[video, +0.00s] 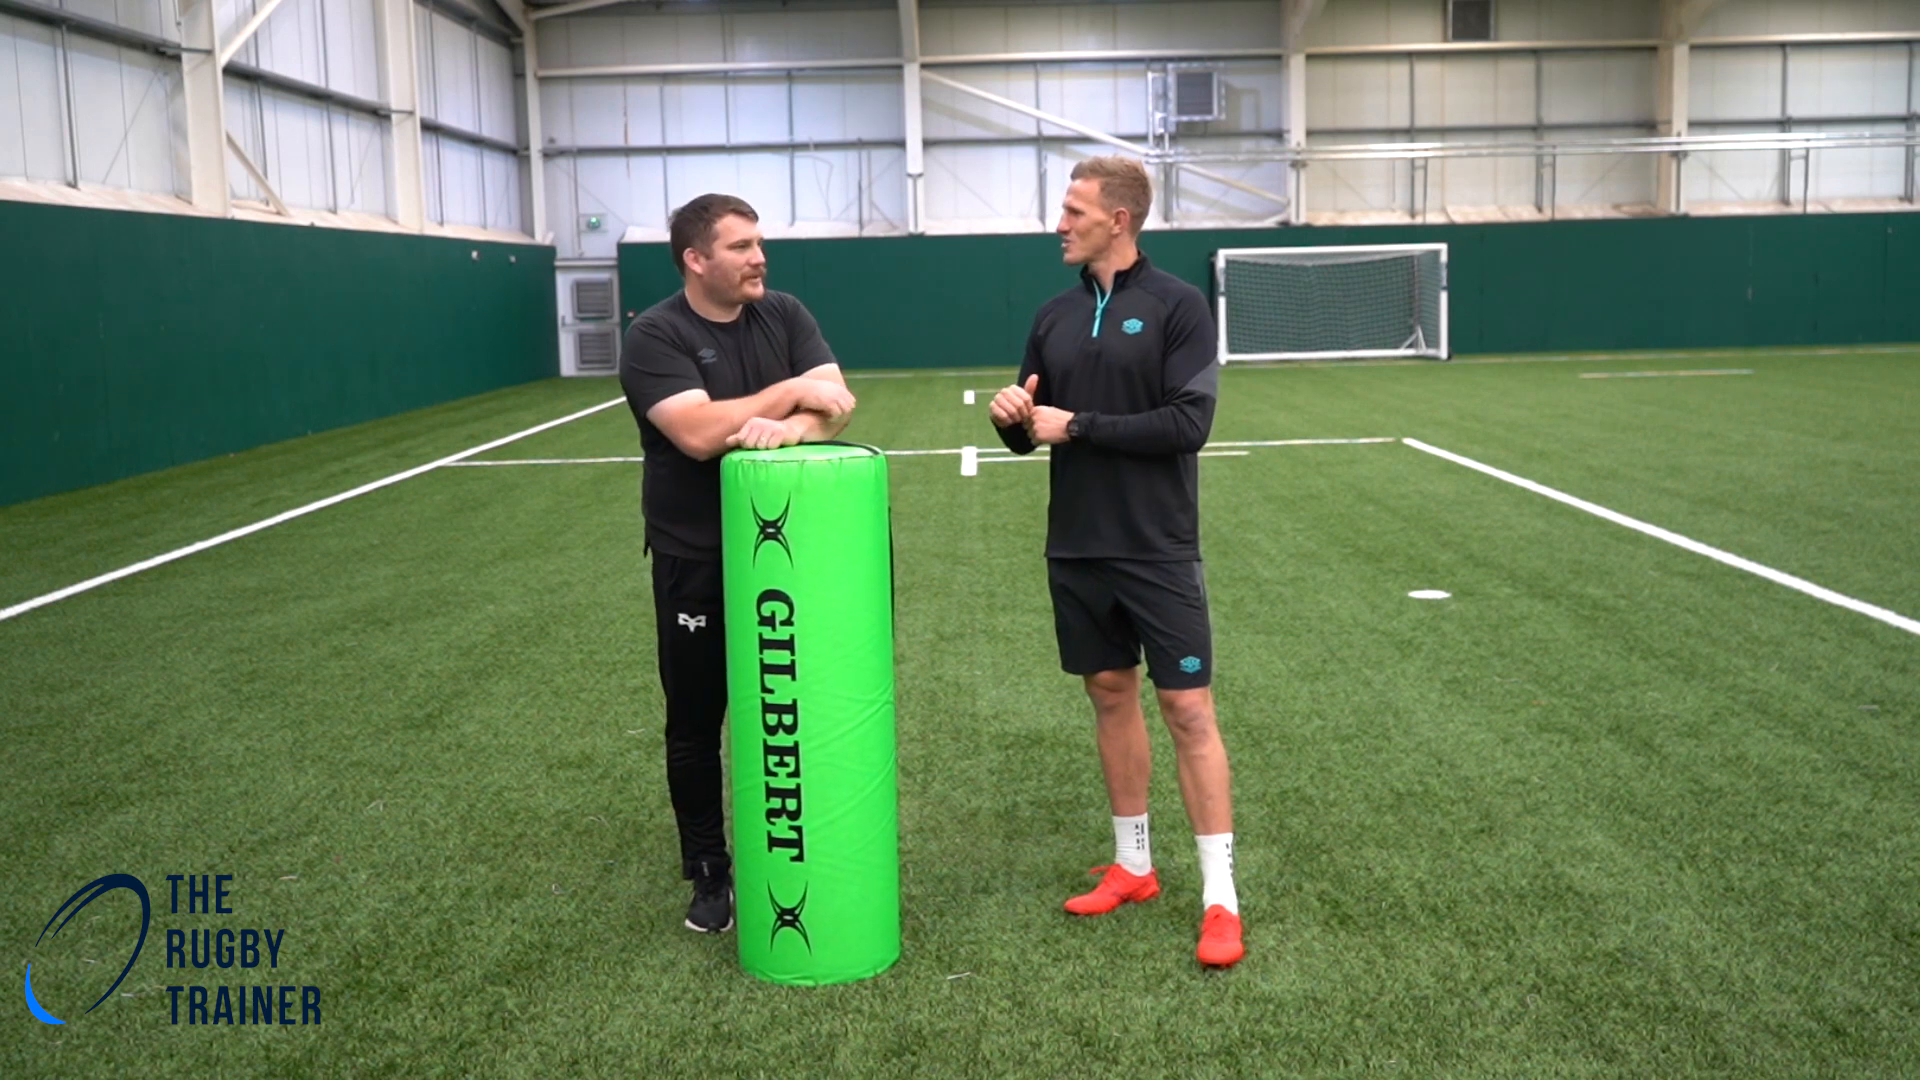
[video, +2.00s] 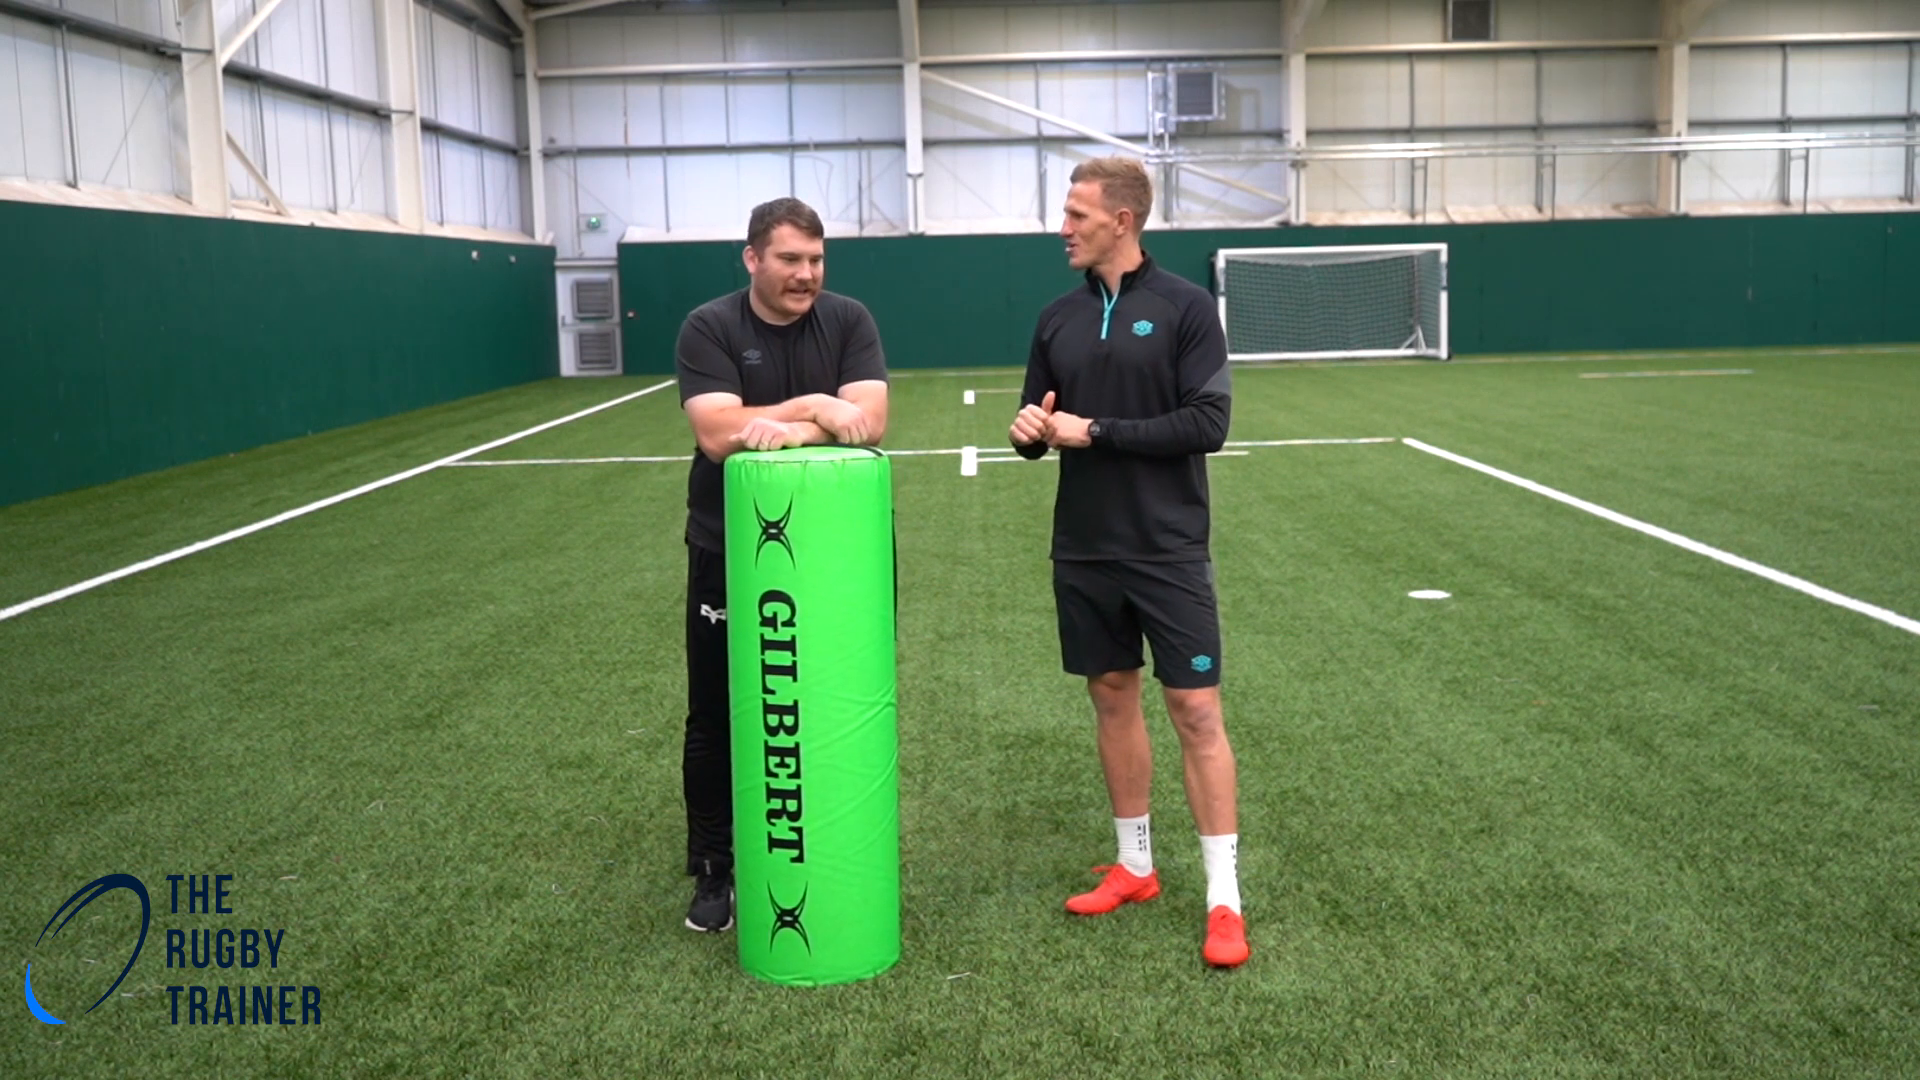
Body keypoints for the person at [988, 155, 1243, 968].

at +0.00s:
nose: (1060, 224)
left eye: (1074, 213)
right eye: (1063, 210)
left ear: (1120, 222)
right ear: (1099, 219)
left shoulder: (1180, 305)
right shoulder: (1054, 316)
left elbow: (1189, 424)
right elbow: (1024, 437)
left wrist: (1074, 425)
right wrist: (1012, 415)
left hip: (1159, 546)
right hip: (1079, 545)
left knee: (1189, 708)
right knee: (1109, 693)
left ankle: (1221, 896)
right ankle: (1132, 867)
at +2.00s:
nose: (1063, 228)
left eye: (1077, 216)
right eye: (1064, 214)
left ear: (1125, 222)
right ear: (1092, 221)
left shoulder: (1187, 306)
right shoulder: (1058, 317)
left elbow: (1210, 424)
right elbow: (1033, 426)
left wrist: (1097, 430)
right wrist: (1029, 429)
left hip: (1169, 548)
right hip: (1086, 547)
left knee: (1197, 709)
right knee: (1112, 697)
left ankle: (1224, 896)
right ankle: (1135, 867)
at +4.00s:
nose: (1046, 227)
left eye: (1059, 216)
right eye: (1047, 213)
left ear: (1108, 225)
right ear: (1075, 221)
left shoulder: (1174, 308)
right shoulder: (1044, 320)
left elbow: (1215, 428)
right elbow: (1028, 433)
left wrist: (1209, 545)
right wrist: (1006, 532)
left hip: (1167, 552)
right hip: (1080, 553)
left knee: (1194, 712)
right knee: (1110, 699)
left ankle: (1224, 898)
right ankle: (1134, 869)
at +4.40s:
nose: (1048, 227)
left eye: (1061, 216)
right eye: (1049, 213)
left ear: (1110, 224)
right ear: (1076, 221)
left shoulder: (1175, 308)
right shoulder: (1043, 317)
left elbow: (1212, 432)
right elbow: (1031, 431)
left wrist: (1216, 548)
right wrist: (1011, 530)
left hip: (1167, 551)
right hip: (1079, 552)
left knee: (1193, 712)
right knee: (1109, 699)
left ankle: (1223, 897)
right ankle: (1134, 869)